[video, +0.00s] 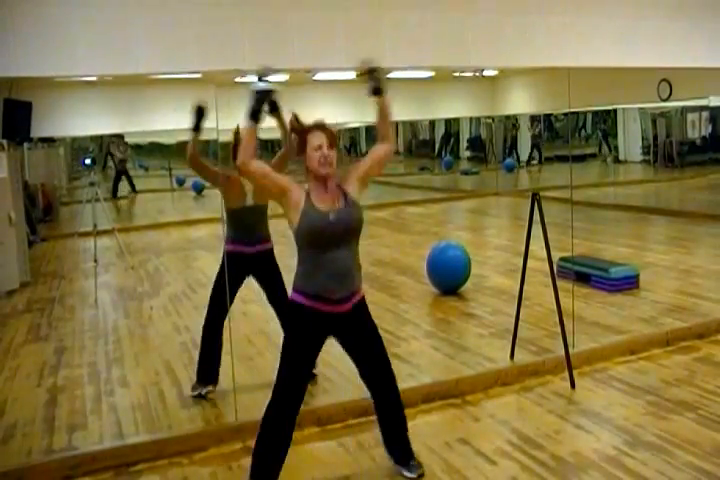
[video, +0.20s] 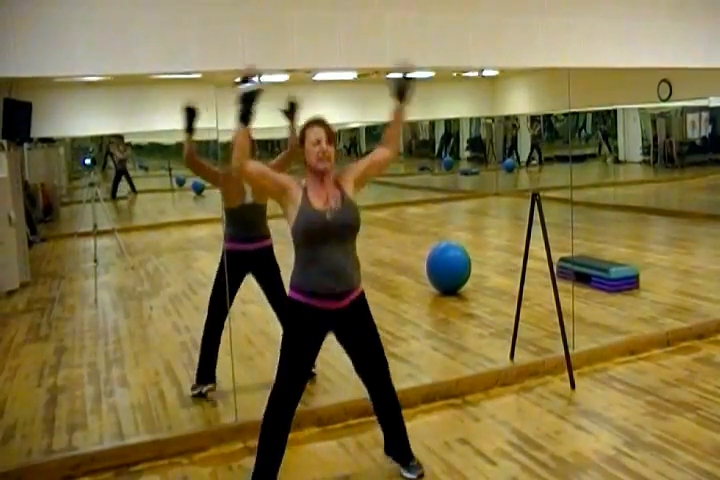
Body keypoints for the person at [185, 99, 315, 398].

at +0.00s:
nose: (238, 152)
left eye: (237, 147)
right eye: (241, 147)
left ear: (233, 152)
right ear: (255, 153)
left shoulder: (226, 179)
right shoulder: (267, 175)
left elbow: (193, 160)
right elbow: (289, 146)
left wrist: (196, 127)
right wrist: (279, 115)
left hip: (236, 257)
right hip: (264, 255)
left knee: (215, 316)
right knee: (285, 310)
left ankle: (207, 380)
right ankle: (304, 368)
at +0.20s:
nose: (239, 151)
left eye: (239, 147)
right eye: (243, 146)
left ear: (230, 152)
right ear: (254, 152)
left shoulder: (223, 176)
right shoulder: (265, 173)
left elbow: (190, 160)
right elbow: (292, 151)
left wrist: (189, 129)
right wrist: (292, 120)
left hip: (234, 254)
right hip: (262, 252)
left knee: (215, 316)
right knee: (284, 308)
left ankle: (205, 380)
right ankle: (304, 365)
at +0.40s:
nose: (248, 148)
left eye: (238, 143)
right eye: (250, 143)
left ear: (231, 147)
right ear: (253, 146)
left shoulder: (225, 179)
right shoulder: (267, 176)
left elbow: (207, 214)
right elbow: (284, 205)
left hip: (232, 247)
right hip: (261, 245)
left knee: (233, 309)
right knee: (266, 303)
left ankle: (239, 373)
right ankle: (273, 365)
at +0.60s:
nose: (242, 150)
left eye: (236, 145)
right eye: (247, 144)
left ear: (230, 149)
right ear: (253, 147)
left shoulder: (226, 181)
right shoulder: (265, 179)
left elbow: (217, 223)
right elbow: (278, 215)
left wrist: (198, 243)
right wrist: (277, 243)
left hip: (233, 250)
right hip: (260, 247)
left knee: (232, 307)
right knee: (264, 304)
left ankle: (241, 372)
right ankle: (267, 368)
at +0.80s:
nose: (256, 144)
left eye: (254, 140)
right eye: (252, 140)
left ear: (226, 146)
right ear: (248, 144)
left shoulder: (222, 173)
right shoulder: (264, 167)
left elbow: (189, 180)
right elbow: (296, 159)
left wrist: (179, 170)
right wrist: (294, 127)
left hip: (232, 244)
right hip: (261, 243)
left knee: (220, 305)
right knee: (277, 301)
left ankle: (216, 370)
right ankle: (291, 361)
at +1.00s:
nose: (241, 168)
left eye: (238, 163)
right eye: (244, 162)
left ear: (233, 168)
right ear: (255, 167)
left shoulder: (228, 194)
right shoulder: (267, 190)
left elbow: (198, 167)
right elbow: (284, 156)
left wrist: (208, 137)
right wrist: (270, 129)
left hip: (235, 271)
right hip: (265, 269)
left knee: (209, 325)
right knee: (288, 320)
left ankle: (208, 386)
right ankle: (305, 369)